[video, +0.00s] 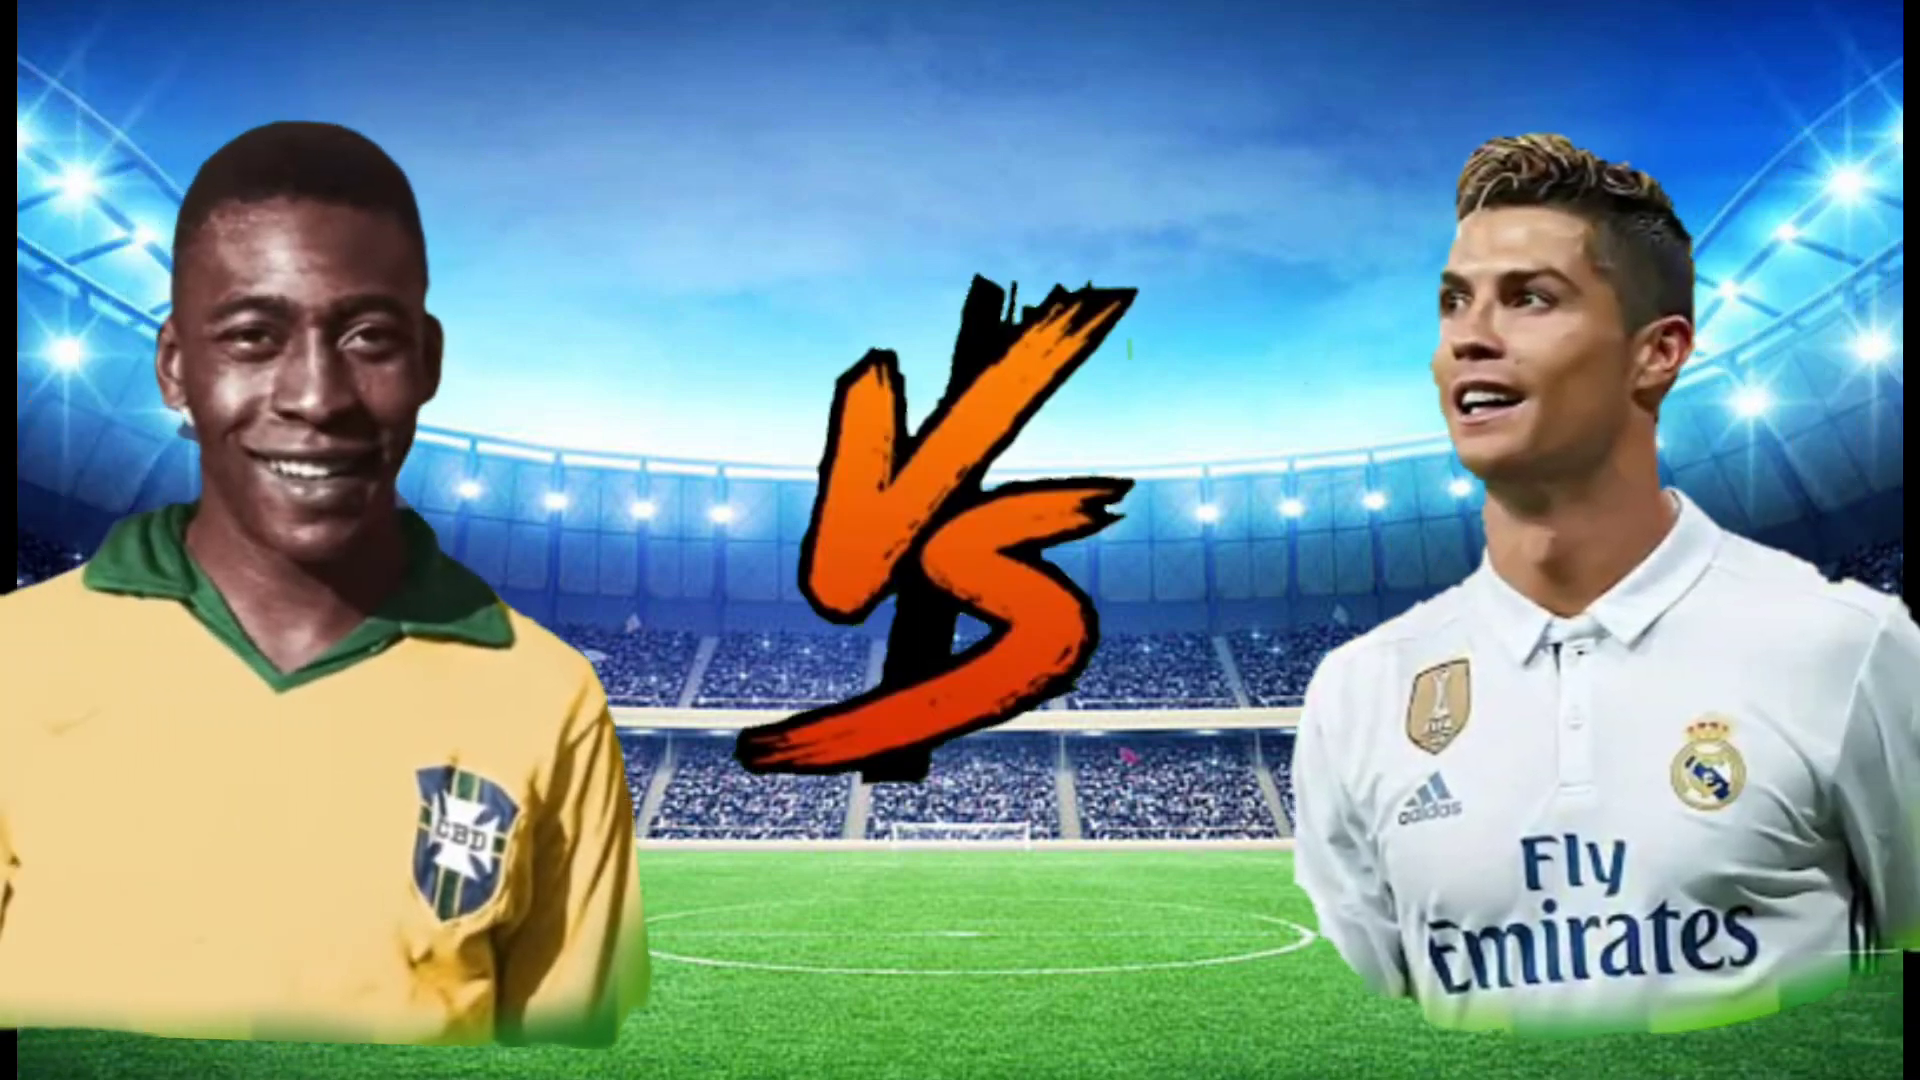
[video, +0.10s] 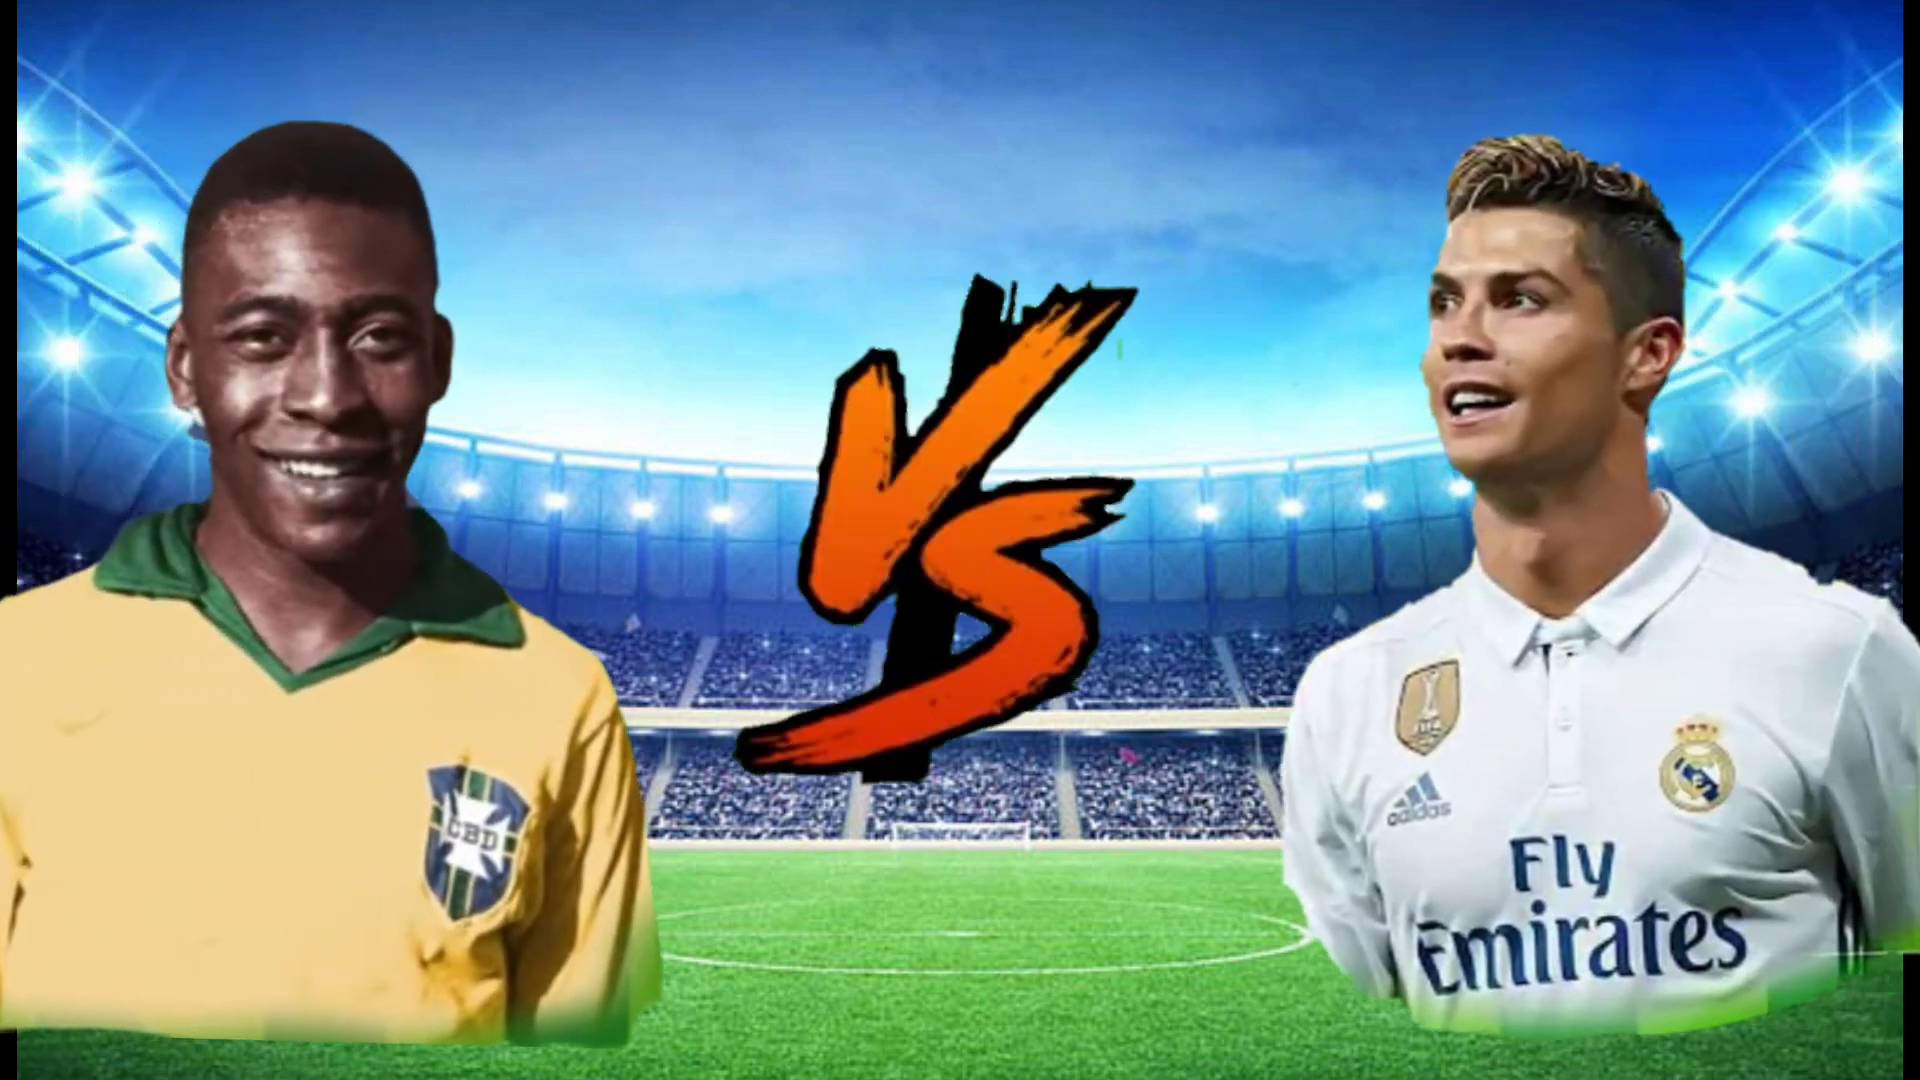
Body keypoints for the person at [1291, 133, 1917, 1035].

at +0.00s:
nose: (1467, 337)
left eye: (1531, 299)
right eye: (1455, 302)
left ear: (1657, 354)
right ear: (1436, 336)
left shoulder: (1854, 660)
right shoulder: (1355, 700)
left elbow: (1911, 977)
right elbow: (1369, 1037)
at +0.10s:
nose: (1458, 338)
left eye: (1521, 300)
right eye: (1445, 303)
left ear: (1647, 356)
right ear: (1427, 336)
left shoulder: (1844, 662)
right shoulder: (1343, 701)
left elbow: (1906, 990)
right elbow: (1358, 1040)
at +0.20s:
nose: (1451, 338)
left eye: (1513, 301)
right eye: (1438, 305)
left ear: (1639, 357)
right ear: (1419, 338)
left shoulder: (1834, 665)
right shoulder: (1335, 702)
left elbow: (1900, 994)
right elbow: (1350, 1038)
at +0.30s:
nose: (1445, 339)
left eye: (1507, 302)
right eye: (1432, 306)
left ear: (1634, 359)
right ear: (1414, 338)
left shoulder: (1824, 665)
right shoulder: (1328, 702)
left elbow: (1895, 1000)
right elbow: (1342, 1036)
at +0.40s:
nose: (1440, 340)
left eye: (1503, 303)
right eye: (1427, 307)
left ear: (1630, 360)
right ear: (1409, 340)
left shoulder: (1819, 667)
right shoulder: (1323, 703)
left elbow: (1891, 1002)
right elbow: (1337, 1037)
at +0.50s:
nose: (1437, 342)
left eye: (1500, 304)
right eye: (1424, 308)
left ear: (1626, 362)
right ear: (1406, 340)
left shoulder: (1815, 669)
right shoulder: (1318, 704)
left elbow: (1888, 1007)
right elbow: (1332, 1039)